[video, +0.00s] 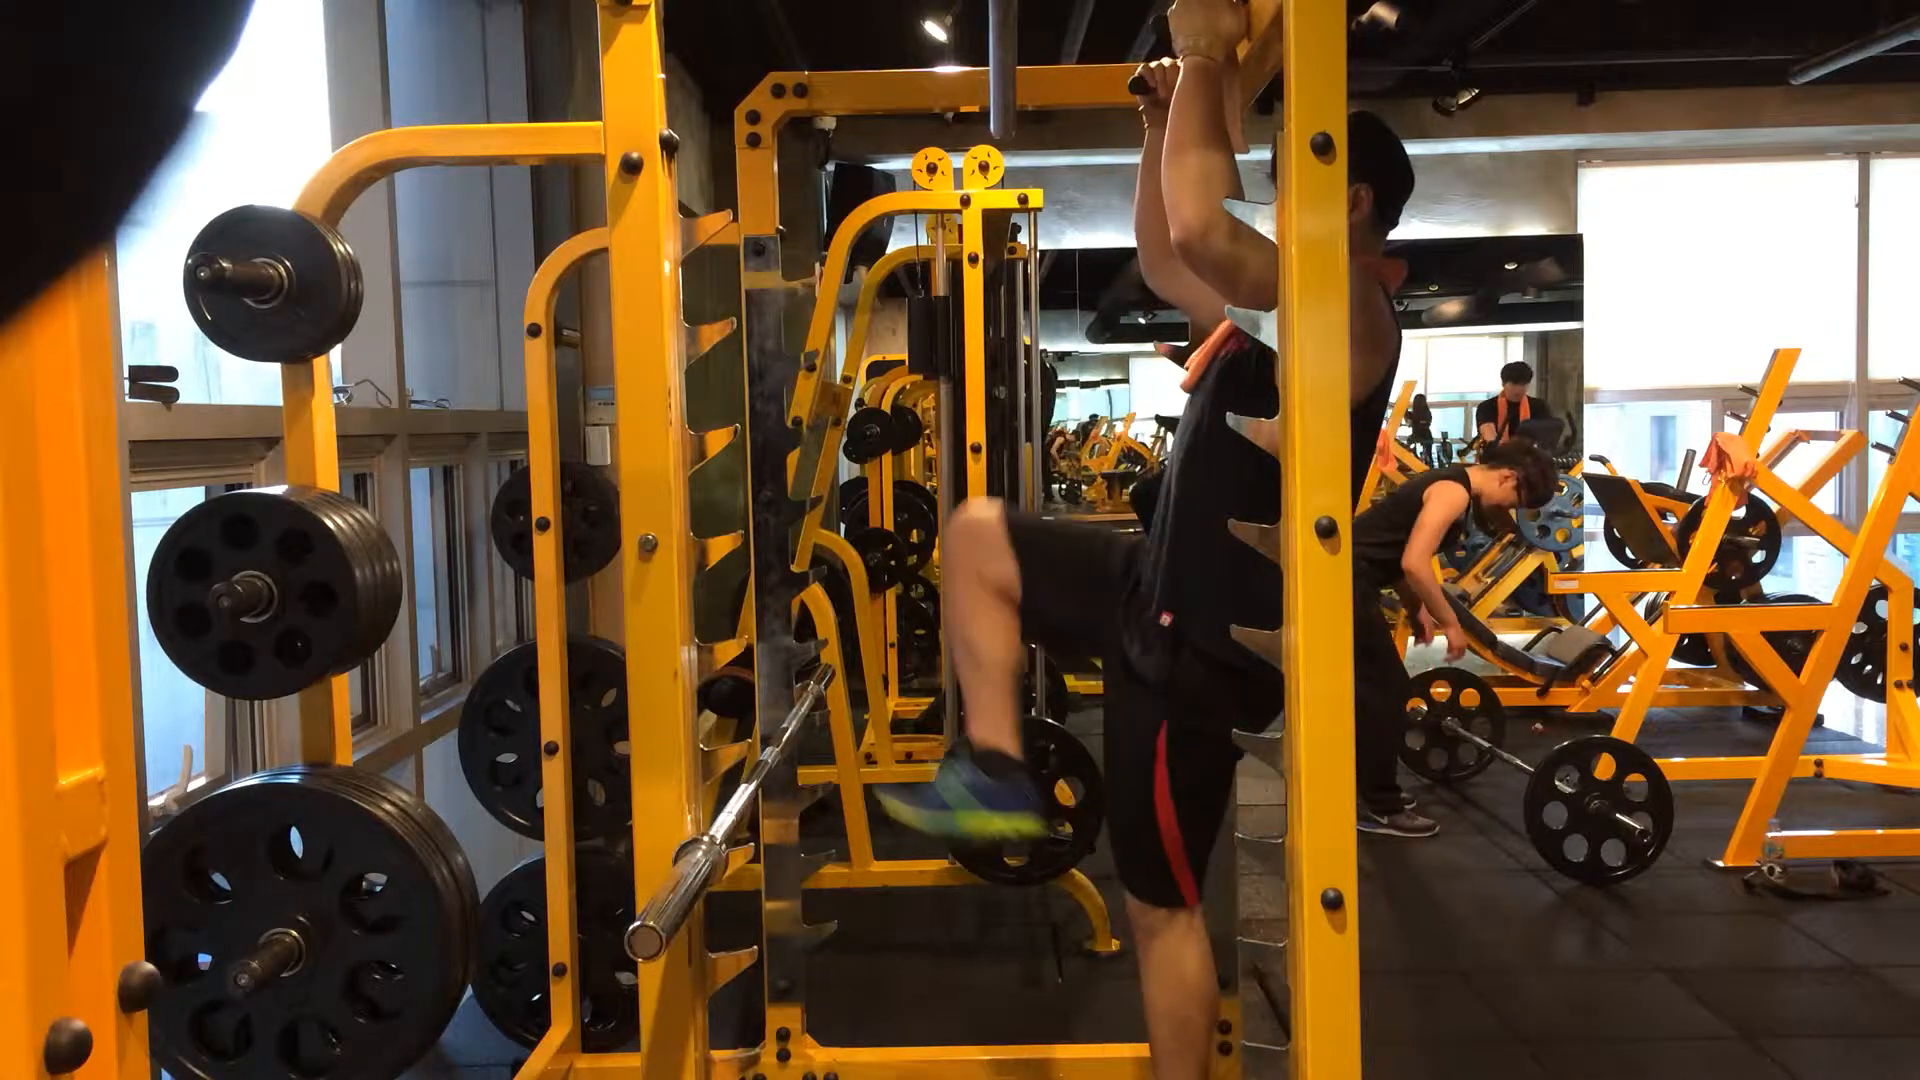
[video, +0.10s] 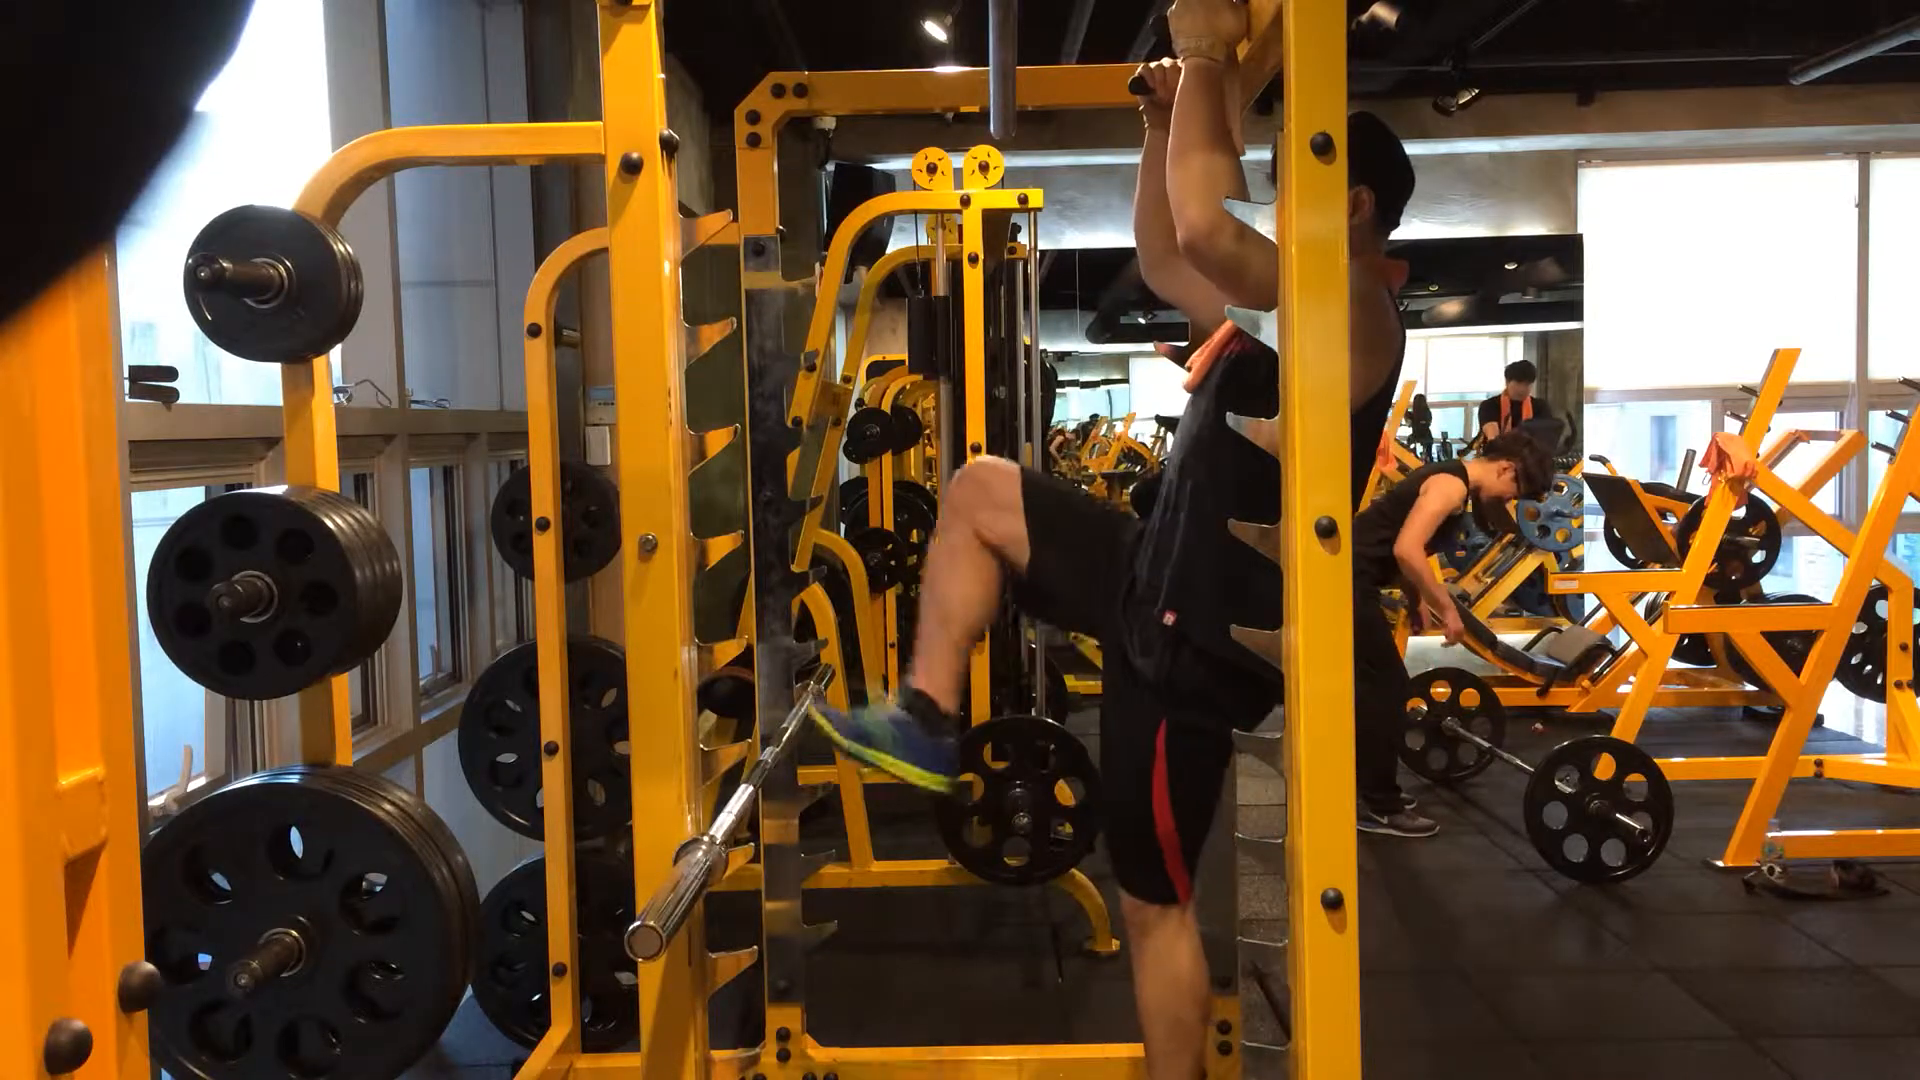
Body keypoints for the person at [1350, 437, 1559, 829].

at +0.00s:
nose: (1505, 508)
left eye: (1514, 506)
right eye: (1514, 502)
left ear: (1503, 473)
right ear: (1507, 477)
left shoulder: (1449, 482)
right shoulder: (1453, 491)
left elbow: (1402, 559)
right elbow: (1414, 562)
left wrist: (1417, 608)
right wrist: (1450, 624)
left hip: (1351, 580)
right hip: (1349, 583)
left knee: (1384, 684)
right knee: (1389, 687)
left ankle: (1377, 791)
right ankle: (1378, 803)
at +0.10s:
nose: (1506, 500)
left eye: (1514, 497)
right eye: (1513, 492)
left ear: (1502, 464)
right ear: (1506, 467)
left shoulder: (1449, 479)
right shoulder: (1450, 484)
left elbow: (1406, 548)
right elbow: (1406, 549)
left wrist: (1418, 602)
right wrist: (1446, 606)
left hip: (1352, 580)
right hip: (1350, 584)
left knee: (1381, 684)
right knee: (1390, 686)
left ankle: (1375, 794)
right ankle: (1377, 803)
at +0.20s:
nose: (1503, 495)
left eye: (1513, 492)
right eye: (1511, 487)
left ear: (1500, 458)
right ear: (1503, 461)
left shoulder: (1446, 474)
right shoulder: (1447, 479)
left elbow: (1401, 542)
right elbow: (1402, 541)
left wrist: (1417, 596)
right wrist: (1442, 596)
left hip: (1355, 582)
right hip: (1351, 584)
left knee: (1381, 683)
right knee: (1389, 683)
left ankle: (1375, 796)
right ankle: (1378, 803)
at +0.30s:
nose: (1501, 488)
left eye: (1509, 484)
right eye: (1508, 480)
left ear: (1495, 454)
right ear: (1498, 456)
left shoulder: (1442, 468)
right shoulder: (1444, 475)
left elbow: (1403, 542)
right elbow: (1404, 542)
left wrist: (1417, 597)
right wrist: (1444, 599)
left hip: (1354, 580)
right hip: (1350, 584)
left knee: (1379, 684)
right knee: (1389, 685)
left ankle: (1373, 795)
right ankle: (1377, 801)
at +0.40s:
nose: (1496, 473)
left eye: (1504, 468)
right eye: (1502, 464)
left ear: (1488, 440)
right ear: (1490, 441)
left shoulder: (1436, 460)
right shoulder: (1439, 466)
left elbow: (1400, 540)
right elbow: (1408, 542)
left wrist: (1413, 595)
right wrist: (1446, 599)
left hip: (1356, 578)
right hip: (1350, 579)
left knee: (1379, 682)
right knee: (1387, 684)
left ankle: (1373, 790)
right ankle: (1378, 800)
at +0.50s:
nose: (1491, 457)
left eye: (1499, 452)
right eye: (1497, 447)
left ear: (1479, 425)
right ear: (1483, 425)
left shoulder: (1427, 451)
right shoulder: (1433, 457)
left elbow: (1397, 536)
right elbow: (1407, 534)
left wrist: (1414, 594)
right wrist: (1442, 593)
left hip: (1355, 577)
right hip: (1352, 579)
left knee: (1379, 683)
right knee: (1386, 685)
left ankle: (1374, 791)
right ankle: (1378, 800)